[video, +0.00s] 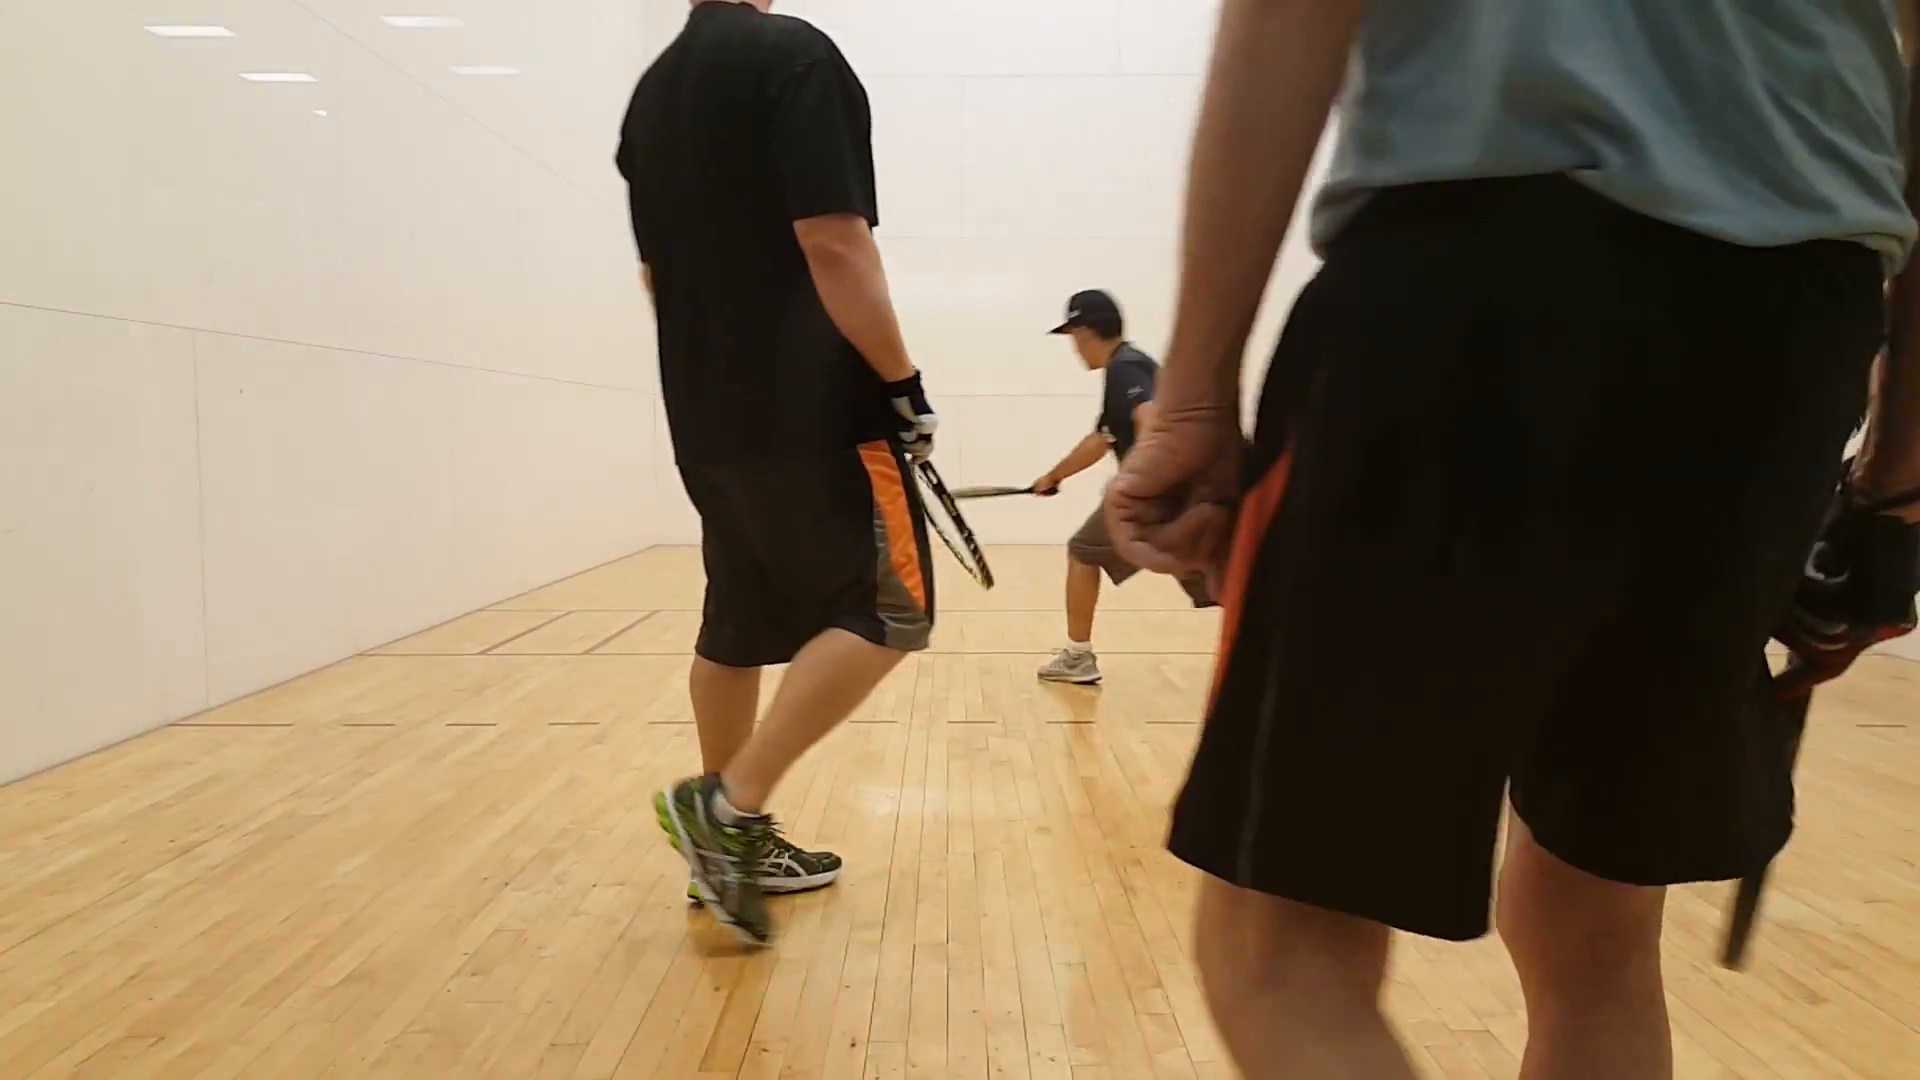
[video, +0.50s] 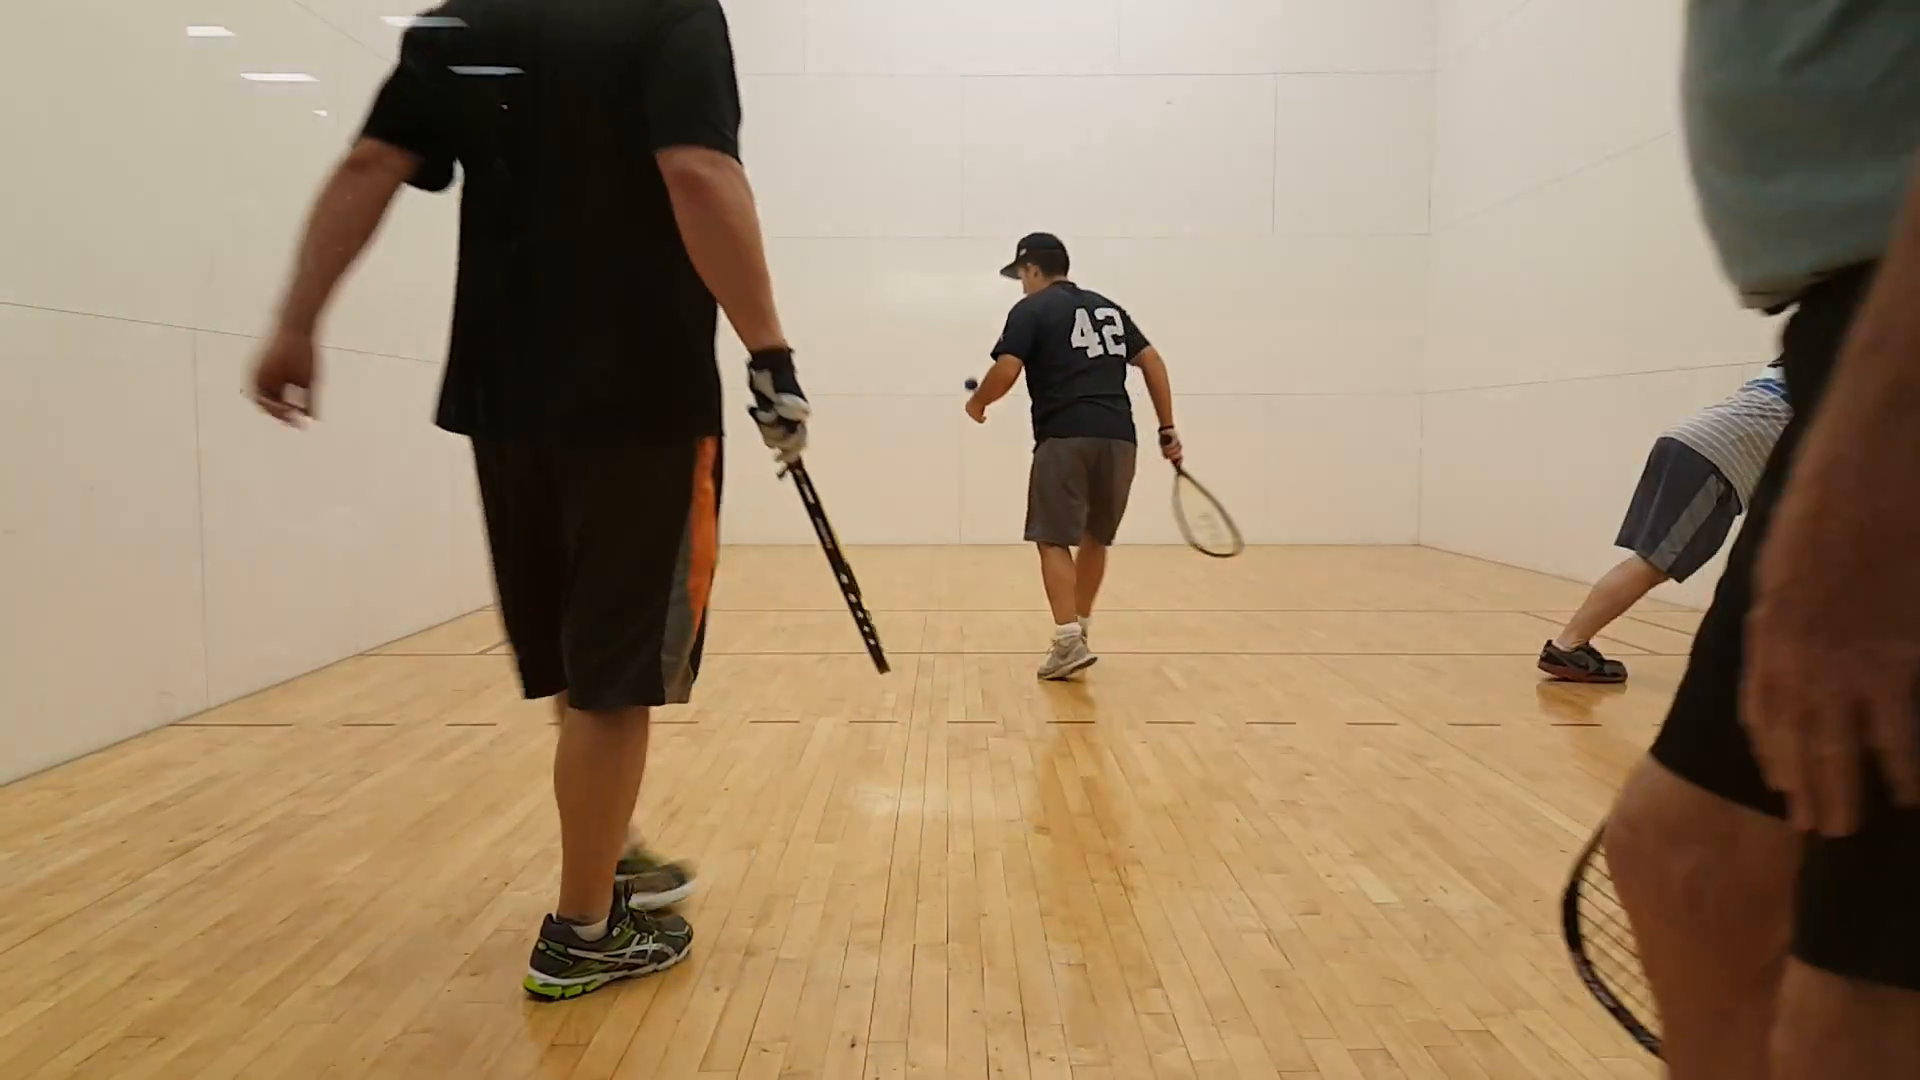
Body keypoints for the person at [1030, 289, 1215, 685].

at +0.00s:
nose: (1074, 345)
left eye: (1075, 334)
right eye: (1072, 336)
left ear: (1094, 331)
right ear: (1108, 329)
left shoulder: (1124, 367)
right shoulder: (1128, 367)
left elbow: (1151, 428)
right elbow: (1102, 437)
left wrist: (1134, 484)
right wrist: (1056, 474)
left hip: (1147, 491)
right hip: (1176, 489)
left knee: (1083, 552)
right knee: (1208, 585)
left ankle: (1078, 654)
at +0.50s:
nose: (1020, 284)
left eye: (1020, 274)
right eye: (1018, 275)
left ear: (1033, 269)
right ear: (1063, 269)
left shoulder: (1031, 309)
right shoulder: (1105, 306)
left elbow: (1006, 370)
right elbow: (1151, 360)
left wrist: (979, 400)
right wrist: (1167, 426)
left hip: (1066, 438)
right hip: (1121, 440)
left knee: (1052, 539)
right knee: (1096, 538)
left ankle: (1068, 638)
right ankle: (1078, 631)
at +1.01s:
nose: (1095, 273)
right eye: (1099, 267)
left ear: (1055, 265)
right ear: (1097, 268)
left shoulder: (1026, 310)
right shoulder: (1114, 313)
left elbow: (1000, 374)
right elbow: (1129, 372)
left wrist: (1033, 385)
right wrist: (1124, 414)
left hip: (1036, 443)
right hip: (1087, 447)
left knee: (1033, 530)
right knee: (1075, 536)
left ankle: (1017, 615)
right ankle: (1055, 629)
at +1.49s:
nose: (1106, 287)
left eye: (1108, 279)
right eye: (1104, 278)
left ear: (1071, 273)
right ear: (1082, 272)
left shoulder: (1043, 313)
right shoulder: (1076, 313)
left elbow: (1064, 377)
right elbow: (1068, 364)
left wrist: (1122, 386)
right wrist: (1107, 399)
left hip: (1044, 445)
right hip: (1081, 444)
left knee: (1049, 527)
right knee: (1118, 520)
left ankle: (1038, 620)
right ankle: (1079, 602)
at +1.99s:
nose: (1184, 300)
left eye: (1187, 292)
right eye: (1184, 290)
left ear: (1158, 280)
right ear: (1165, 280)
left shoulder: (1118, 312)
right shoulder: (1147, 324)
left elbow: (1107, 377)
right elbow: (1132, 380)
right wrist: (1164, 436)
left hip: (1099, 448)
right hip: (1133, 452)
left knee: (1089, 527)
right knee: (1148, 534)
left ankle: (1048, 604)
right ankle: (1154, 620)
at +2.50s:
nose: (1248, 296)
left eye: (1250, 287)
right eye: (1246, 286)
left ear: (1216, 279)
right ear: (1226, 279)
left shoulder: (1170, 317)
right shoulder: (1227, 326)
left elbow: (1144, 378)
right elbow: (1260, 383)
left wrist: (1163, 421)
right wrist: (1305, 416)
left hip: (1170, 443)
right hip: (1199, 448)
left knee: (1201, 530)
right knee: (1180, 532)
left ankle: (1217, 611)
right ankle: (1157, 620)